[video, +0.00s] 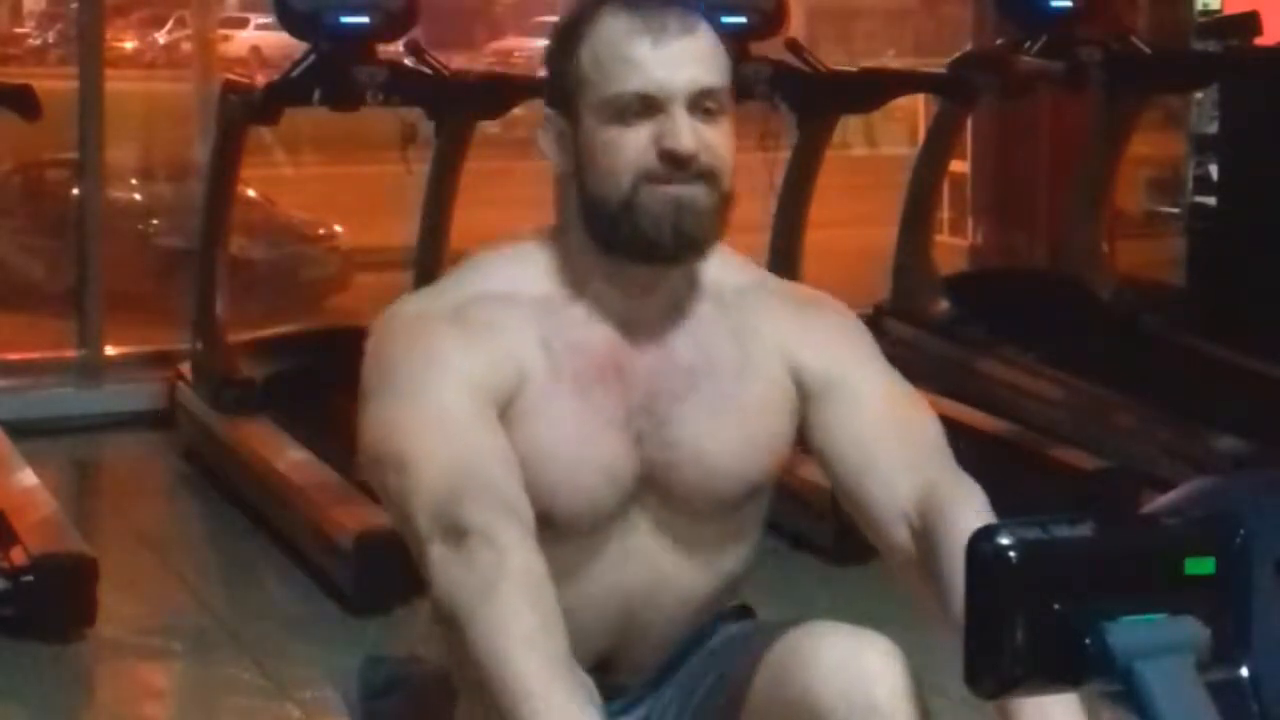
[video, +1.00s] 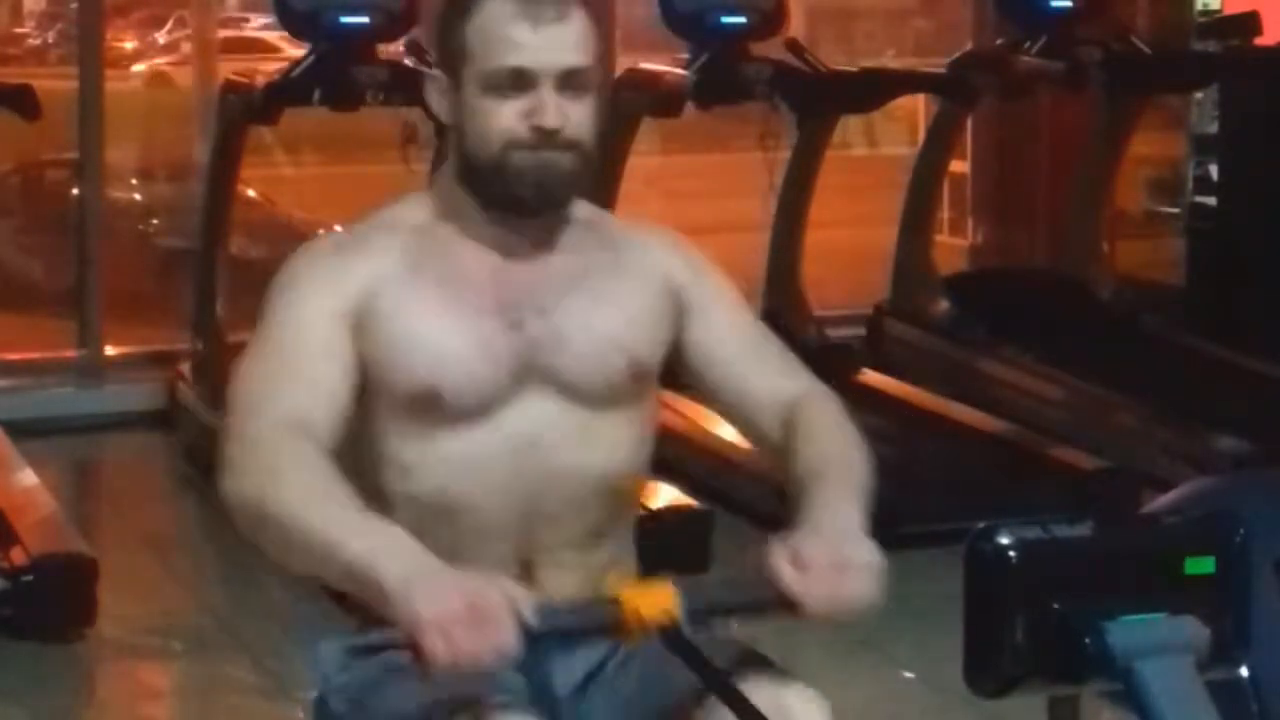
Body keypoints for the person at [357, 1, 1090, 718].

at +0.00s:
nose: (682, 143)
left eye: (705, 109)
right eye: (633, 113)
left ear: (735, 127)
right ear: (555, 137)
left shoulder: (806, 330)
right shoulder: (441, 342)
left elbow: (931, 513)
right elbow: (484, 571)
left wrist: (1048, 695)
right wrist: (570, 713)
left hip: (684, 670)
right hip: (486, 686)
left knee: (858, 672)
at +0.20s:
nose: (568, 90)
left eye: (592, 62)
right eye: (526, 65)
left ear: (622, 84)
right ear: (459, 89)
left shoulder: (697, 266)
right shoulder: (374, 273)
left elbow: (823, 418)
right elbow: (385, 451)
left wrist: (908, 567)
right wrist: (497, 613)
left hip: (641, 635)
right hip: (429, 641)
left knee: (842, 679)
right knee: (509, 697)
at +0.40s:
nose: (504, 111)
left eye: (529, 82)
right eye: (469, 84)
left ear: (557, 91)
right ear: (409, 92)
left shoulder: (629, 249)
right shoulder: (328, 261)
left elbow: (754, 397)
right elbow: (286, 434)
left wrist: (807, 508)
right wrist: (410, 548)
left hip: (607, 621)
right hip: (420, 629)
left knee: (784, 714)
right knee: (461, 708)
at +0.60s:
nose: (483, 157)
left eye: (508, 128)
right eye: (452, 128)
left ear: (535, 119)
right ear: (395, 111)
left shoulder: (586, 250)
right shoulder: (305, 262)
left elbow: (691, 403)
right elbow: (171, 445)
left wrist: (685, 483)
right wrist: (300, 521)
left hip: (593, 607)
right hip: (404, 622)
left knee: (722, 708)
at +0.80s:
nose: (495, 158)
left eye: (519, 130)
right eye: (462, 128)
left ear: (545, 121)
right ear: (402, 110)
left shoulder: (593, 251)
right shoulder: (307, 266)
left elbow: (714, 405)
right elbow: (176, 458)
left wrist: (709, 483)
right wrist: (323, 524)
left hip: (598, 610)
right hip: (408, 623)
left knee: (743, 711)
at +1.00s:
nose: (549, 115)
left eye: (574, 86)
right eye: (510, 86)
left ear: (603, 96)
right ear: (441, 96)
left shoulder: (655, 267)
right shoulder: (341, 275)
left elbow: (801, 409)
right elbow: (265, 465)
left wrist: (834, 519)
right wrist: (415, 577)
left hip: (616, 640)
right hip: (418, 648)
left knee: (786, 710)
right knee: (486, 714)